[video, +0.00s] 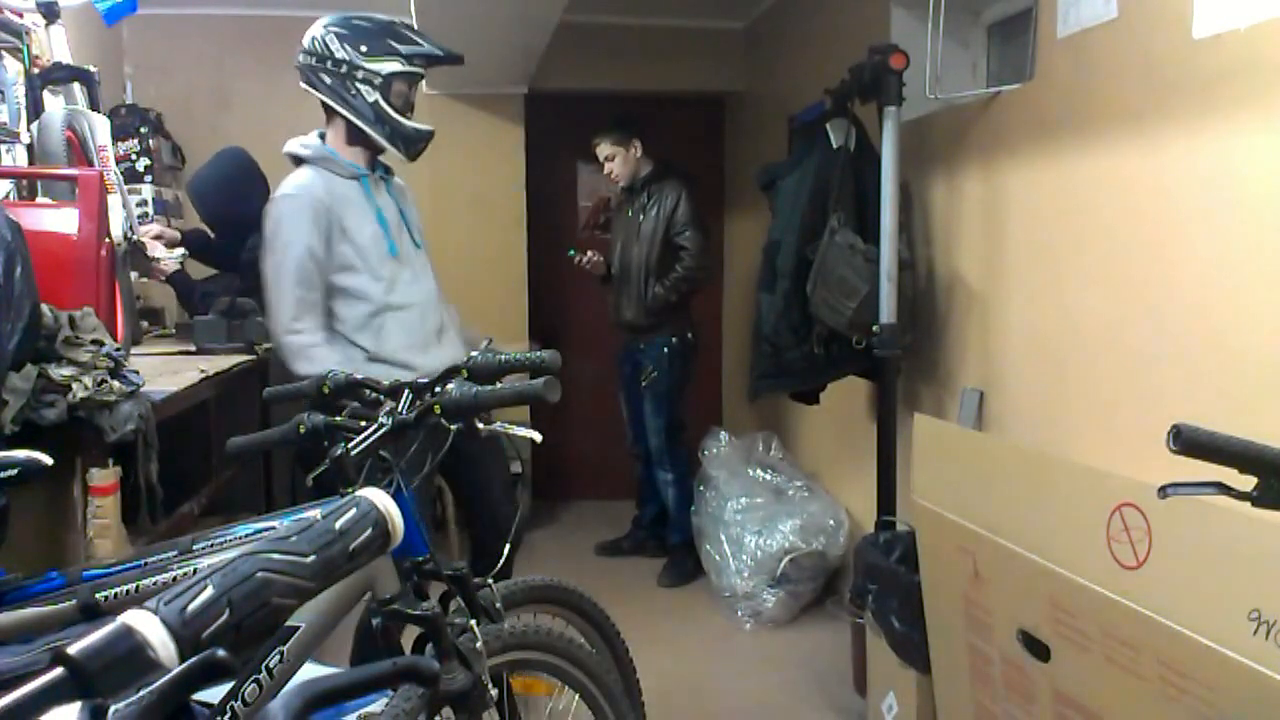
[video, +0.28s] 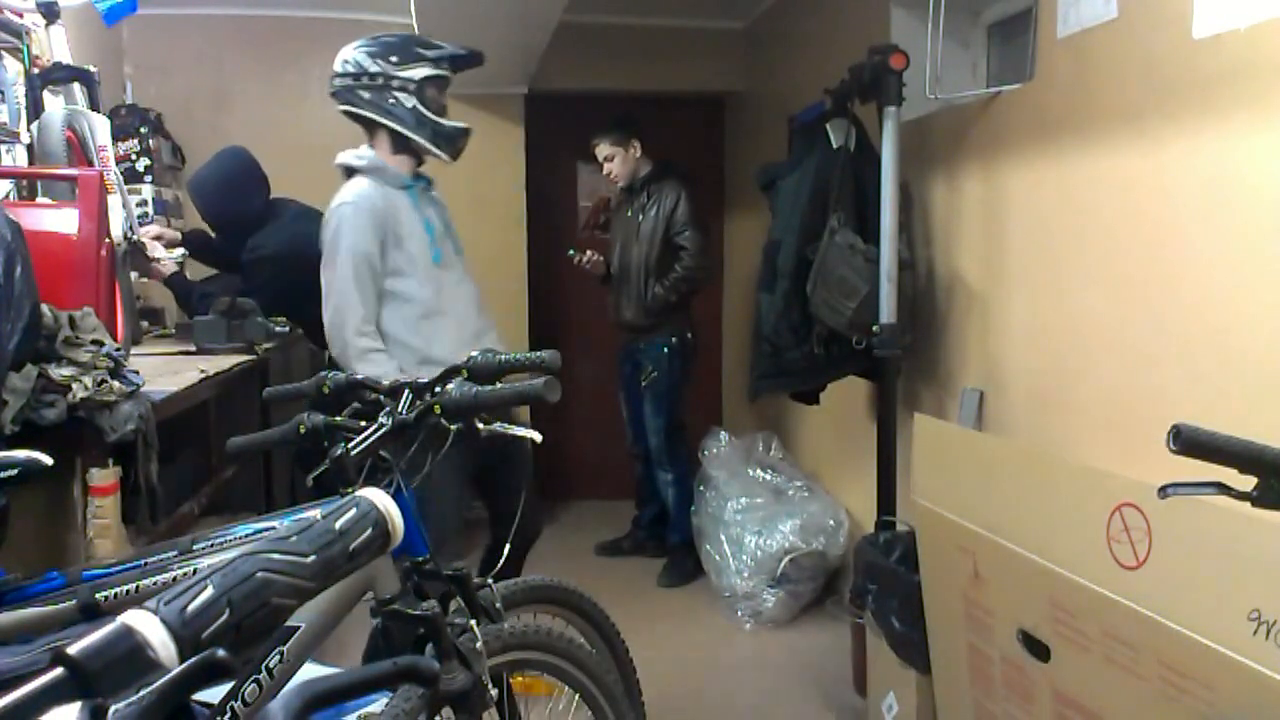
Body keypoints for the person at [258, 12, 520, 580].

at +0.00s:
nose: (413, 105)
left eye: (414, 92)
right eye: (403, 91)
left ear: (365, 91)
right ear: (355, 89)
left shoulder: (393, 189)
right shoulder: (302, 198)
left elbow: (422, 298)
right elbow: (298, 335)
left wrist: (475, 352)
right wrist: (380, 396)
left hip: (446, 394)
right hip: (376, 412)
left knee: (497, 522)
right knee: (394, 570)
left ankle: (474, 649)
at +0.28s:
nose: (446, 109)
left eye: (444, 96)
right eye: (436, 96)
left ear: (403, 105)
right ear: (398, 103)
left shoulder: (422, 195)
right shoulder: (358, 205)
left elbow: (460, 307)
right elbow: (350, 333)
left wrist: (505, 376)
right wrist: (404, 408)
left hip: (478, 401)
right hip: (421, 415)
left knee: (520, 523)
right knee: (431, 558)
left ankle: (476, 634)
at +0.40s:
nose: (465, 110)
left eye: (461, 96)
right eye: (451, 97)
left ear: (416, 108)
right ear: (412, 106)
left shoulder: (440, 197)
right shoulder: (388, 203)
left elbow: (478, 308)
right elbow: (393, 333)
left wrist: (542, 347)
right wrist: (486, 370)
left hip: (493, 398)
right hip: (442, 410)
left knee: (538, 521)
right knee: (456, 549)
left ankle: (490, 622)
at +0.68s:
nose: (504, 115)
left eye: (502, 102)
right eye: (489, 102)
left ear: (455, 117)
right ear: (450, 112)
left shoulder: (473, 197)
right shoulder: (448, 203)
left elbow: (513, 296)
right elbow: (456, 323)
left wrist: (564, 354)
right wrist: (531, 384)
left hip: (535, 397)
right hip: (505, 405)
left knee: (556, 521)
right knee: (510, 534)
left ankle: (481, 617)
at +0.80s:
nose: (519, 116)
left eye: (517, 104)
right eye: (505, 104)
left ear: (469, 118)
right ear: (468, 113)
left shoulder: (482, 193)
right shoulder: (469, 199)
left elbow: (496, 303)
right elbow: (480, 311)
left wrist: (576, 344)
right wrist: (570, 352)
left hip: (542, 388)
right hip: (525, 393)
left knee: (557, 518)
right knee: (558, 525)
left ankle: (498, 617)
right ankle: (491, 620)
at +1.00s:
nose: (544, 129)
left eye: (541, 117)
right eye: (530, 117)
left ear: (496, 128)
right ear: (494, 125)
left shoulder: (497, 196)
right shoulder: (505, 201)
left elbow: (528, 294)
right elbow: (546, 296)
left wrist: (574, 276)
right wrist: (640, 317)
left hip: (532, 393)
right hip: (543, 396)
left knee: (568, 525)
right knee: (623, 530)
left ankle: (492, 621)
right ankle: (583, 659)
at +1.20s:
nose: (579, 130)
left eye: (573, 116)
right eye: (566, 116)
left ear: (518, 128)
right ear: (536, 123)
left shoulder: (523, 198)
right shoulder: (540, 201)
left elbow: (566, 300)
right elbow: (578, 299)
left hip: (566, 400)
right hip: (588, 401)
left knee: (587, 528)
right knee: (671, 538)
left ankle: (497, 619)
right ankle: (630, 696)